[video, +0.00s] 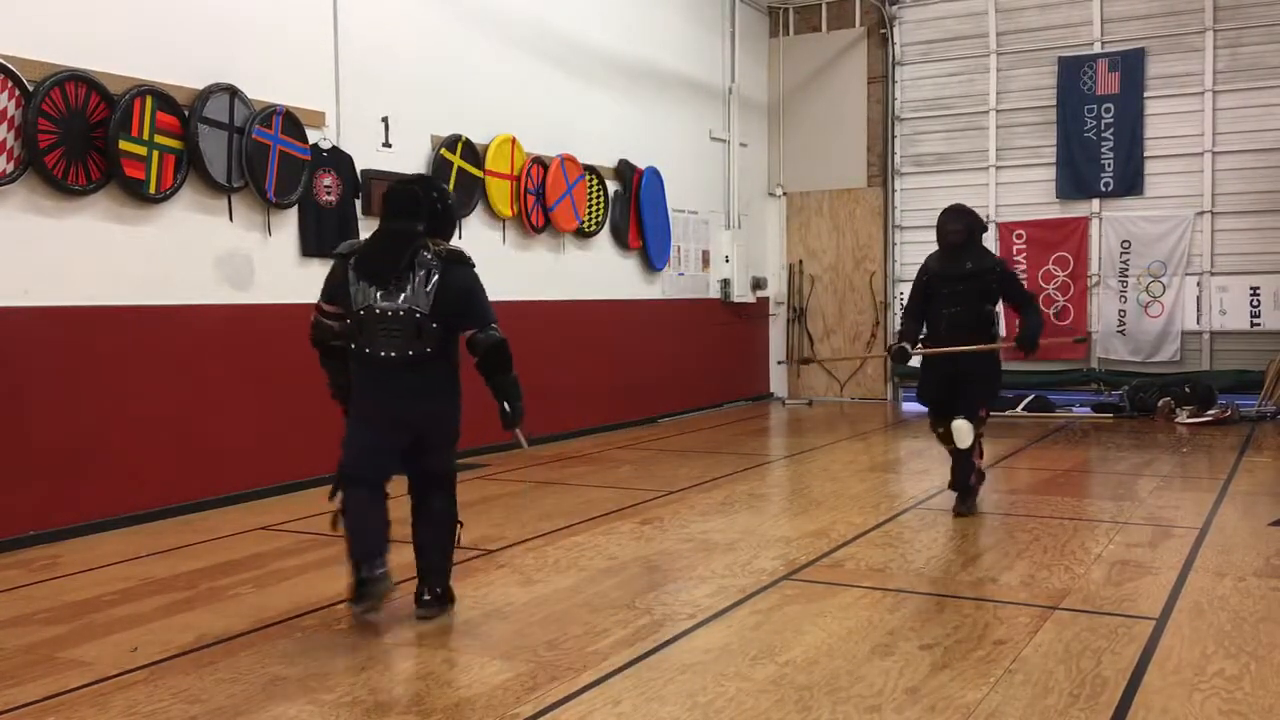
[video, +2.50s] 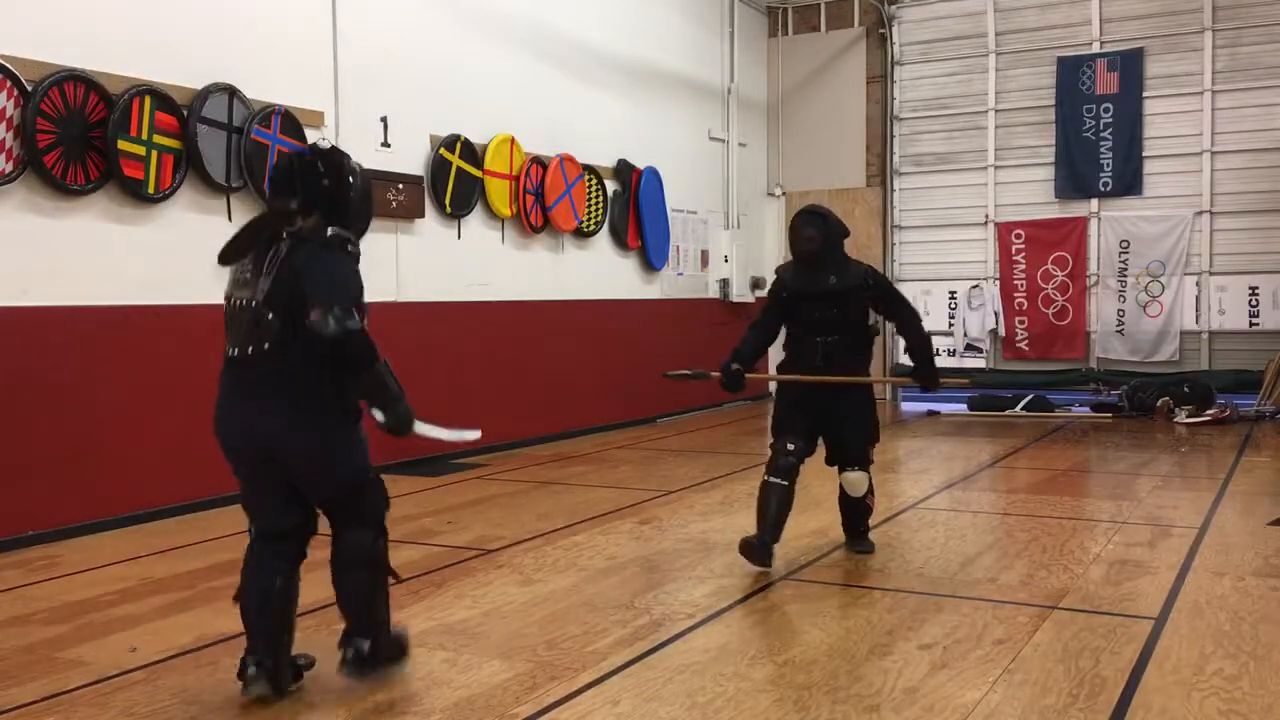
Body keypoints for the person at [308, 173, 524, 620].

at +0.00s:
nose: (450, 223)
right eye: (444, 216)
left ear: (388, 215)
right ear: (436, 218)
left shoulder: (352, 261)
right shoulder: (452, 268)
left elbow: (326, 330)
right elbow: (486, 341)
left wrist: (344, 385)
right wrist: (508, 396)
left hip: (374, 398)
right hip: (434, 399)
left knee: (361, 481)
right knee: (433, 486)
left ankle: (370, 569)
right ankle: (433, 587)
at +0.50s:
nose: (379, 241)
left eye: (378, 232)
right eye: (373, 232)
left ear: (328, 232)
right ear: (355, 236)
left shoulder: (303, 270)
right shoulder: (336, 281)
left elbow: (311, 345)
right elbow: (341, 345)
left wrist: (367, 373)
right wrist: (386, 369)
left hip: (274, 395)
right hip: (304, 400)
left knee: (303, 481)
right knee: (348, 476)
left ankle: (292, 574)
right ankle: (356, 585)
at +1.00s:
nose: (287, 249)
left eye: (283, 239)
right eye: (281, 240)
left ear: (229, 243)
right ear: (264, 245)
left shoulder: (211, 280)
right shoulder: (247, 290)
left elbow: (262, 356)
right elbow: (234, 364)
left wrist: (286, 319)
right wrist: (242, 421)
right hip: (196, 421)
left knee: (264, 483)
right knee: (177, 516)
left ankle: (285, 574)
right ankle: (102, 610)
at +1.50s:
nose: (250, 234)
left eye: (248, 224)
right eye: (244, 225)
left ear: (188, 230)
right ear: (227, 230)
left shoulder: (169, 271)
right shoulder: (221, 279)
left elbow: (142, 346)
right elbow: (242, 340)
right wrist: (282, 365)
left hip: (164, 412)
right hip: (188, 419)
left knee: (229, 483)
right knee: (175, 512)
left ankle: (202, 593)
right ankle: (101, 608)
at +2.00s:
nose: (318, 252)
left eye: (315, 242)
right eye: (310, 242)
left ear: (253, 246)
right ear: (290, 248)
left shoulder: (227, 282)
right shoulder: (289, 299)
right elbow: (310, 375)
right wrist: (346, 432)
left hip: (214, 432)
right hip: (265, 438)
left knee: (241, 501)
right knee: (337, 506)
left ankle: (202, 595)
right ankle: (344, 619)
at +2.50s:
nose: (364, 205)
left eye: (361, 194)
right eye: (357, 195)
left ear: (293, 197)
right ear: (338, 200)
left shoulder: (257, 246)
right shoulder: (325, 252)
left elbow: (270, 340)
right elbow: (340, 332)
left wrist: (342, 389)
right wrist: (389, 398)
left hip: (243, 418)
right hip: (308, 421)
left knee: (278, 525)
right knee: (360, 508)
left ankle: (265, 658)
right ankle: (367, 636)